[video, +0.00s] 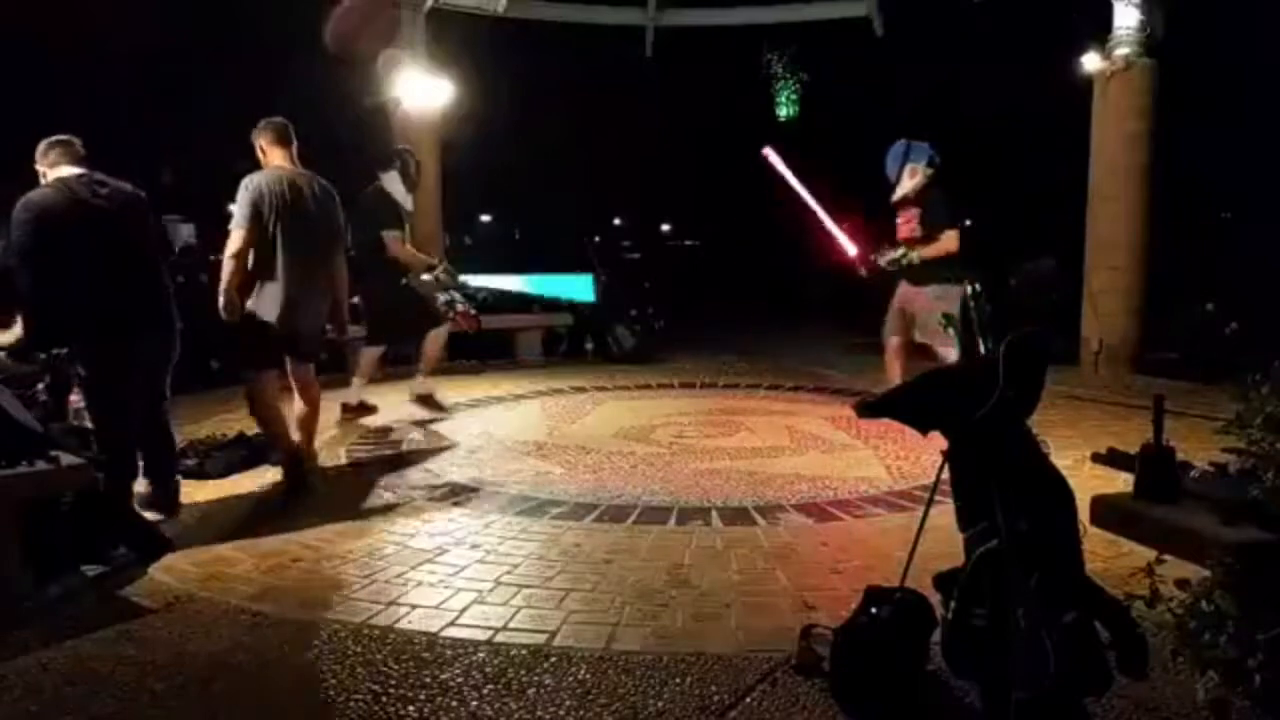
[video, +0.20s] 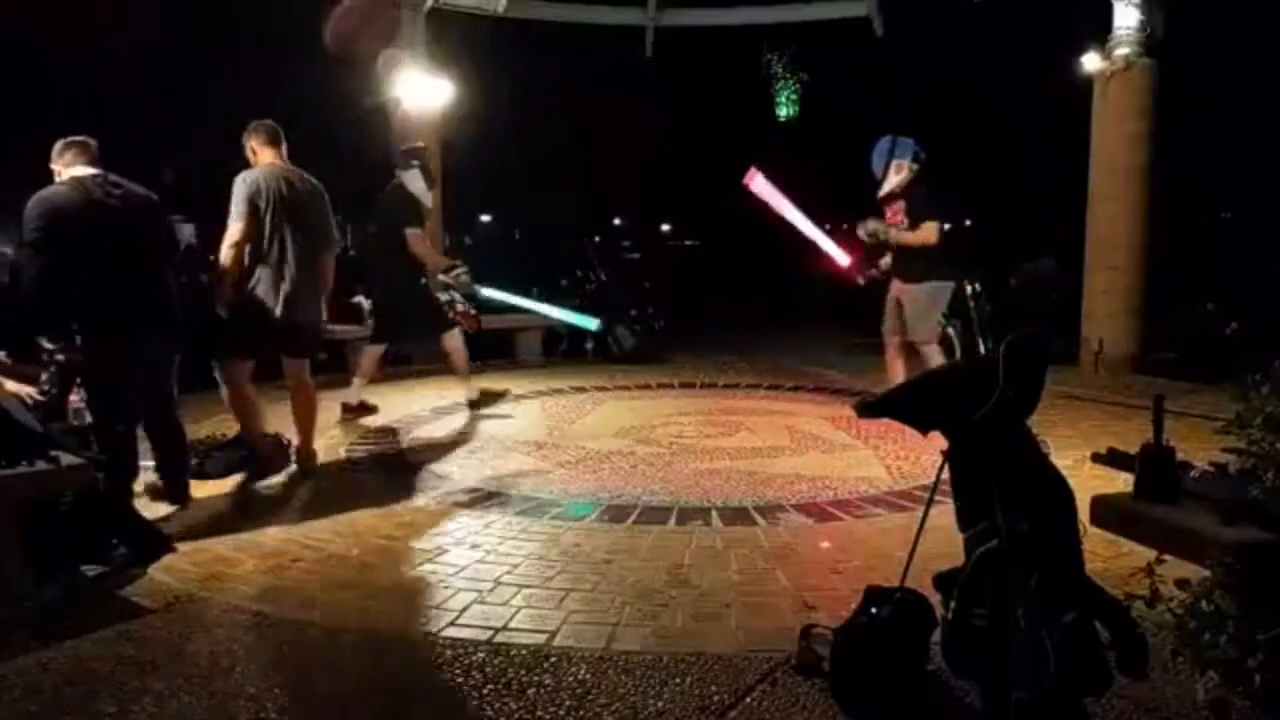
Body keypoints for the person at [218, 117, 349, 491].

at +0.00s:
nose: (260, 156)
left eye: (258, 151)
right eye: (261, 151)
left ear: (262, 149)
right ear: (295, 145)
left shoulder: (255, 185)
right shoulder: (324, 190)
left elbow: (237, 246)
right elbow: (338, 259)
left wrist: (226, 289)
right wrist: (342, 310)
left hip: (268, 304)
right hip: (313, 303)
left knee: (264, 387)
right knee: (305, 376)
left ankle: (290, 458)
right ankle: (306, 457)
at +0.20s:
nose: (249, 158)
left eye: (248, 153)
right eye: (250, 153)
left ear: (253, 150)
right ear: (284, 147)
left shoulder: (249, 181)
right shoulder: (313, 187)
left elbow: (236, 238)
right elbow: (327, 251)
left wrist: (226, 286)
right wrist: (324, 298)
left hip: (259, 297)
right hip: (303, 298)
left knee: (233, 370)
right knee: (300, 377)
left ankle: (260, 451)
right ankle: (306, 451)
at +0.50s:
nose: (204, 176)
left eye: (204, 171)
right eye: (205, 171)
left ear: (209, 167)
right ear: (240, 163)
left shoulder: (205, 197)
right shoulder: (270, 192)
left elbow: (200, 253)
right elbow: (297, 242)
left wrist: (199, 294)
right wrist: (293, 287)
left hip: (232, 302)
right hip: (282, 298)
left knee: (213, 380)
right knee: (291, 363)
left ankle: (219, 461)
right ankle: (308, 432)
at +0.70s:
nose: (189, 209)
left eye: (188, 203)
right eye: (189, 203)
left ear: (191, 200)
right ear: (218, 196)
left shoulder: (195, 221)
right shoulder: (253, 215)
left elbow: (189, 276)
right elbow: (285, 265)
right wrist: (296, 302)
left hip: (232, 305)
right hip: (282, 298)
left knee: (209, 379)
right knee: (294, 360)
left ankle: (218, 462)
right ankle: (313, 433)